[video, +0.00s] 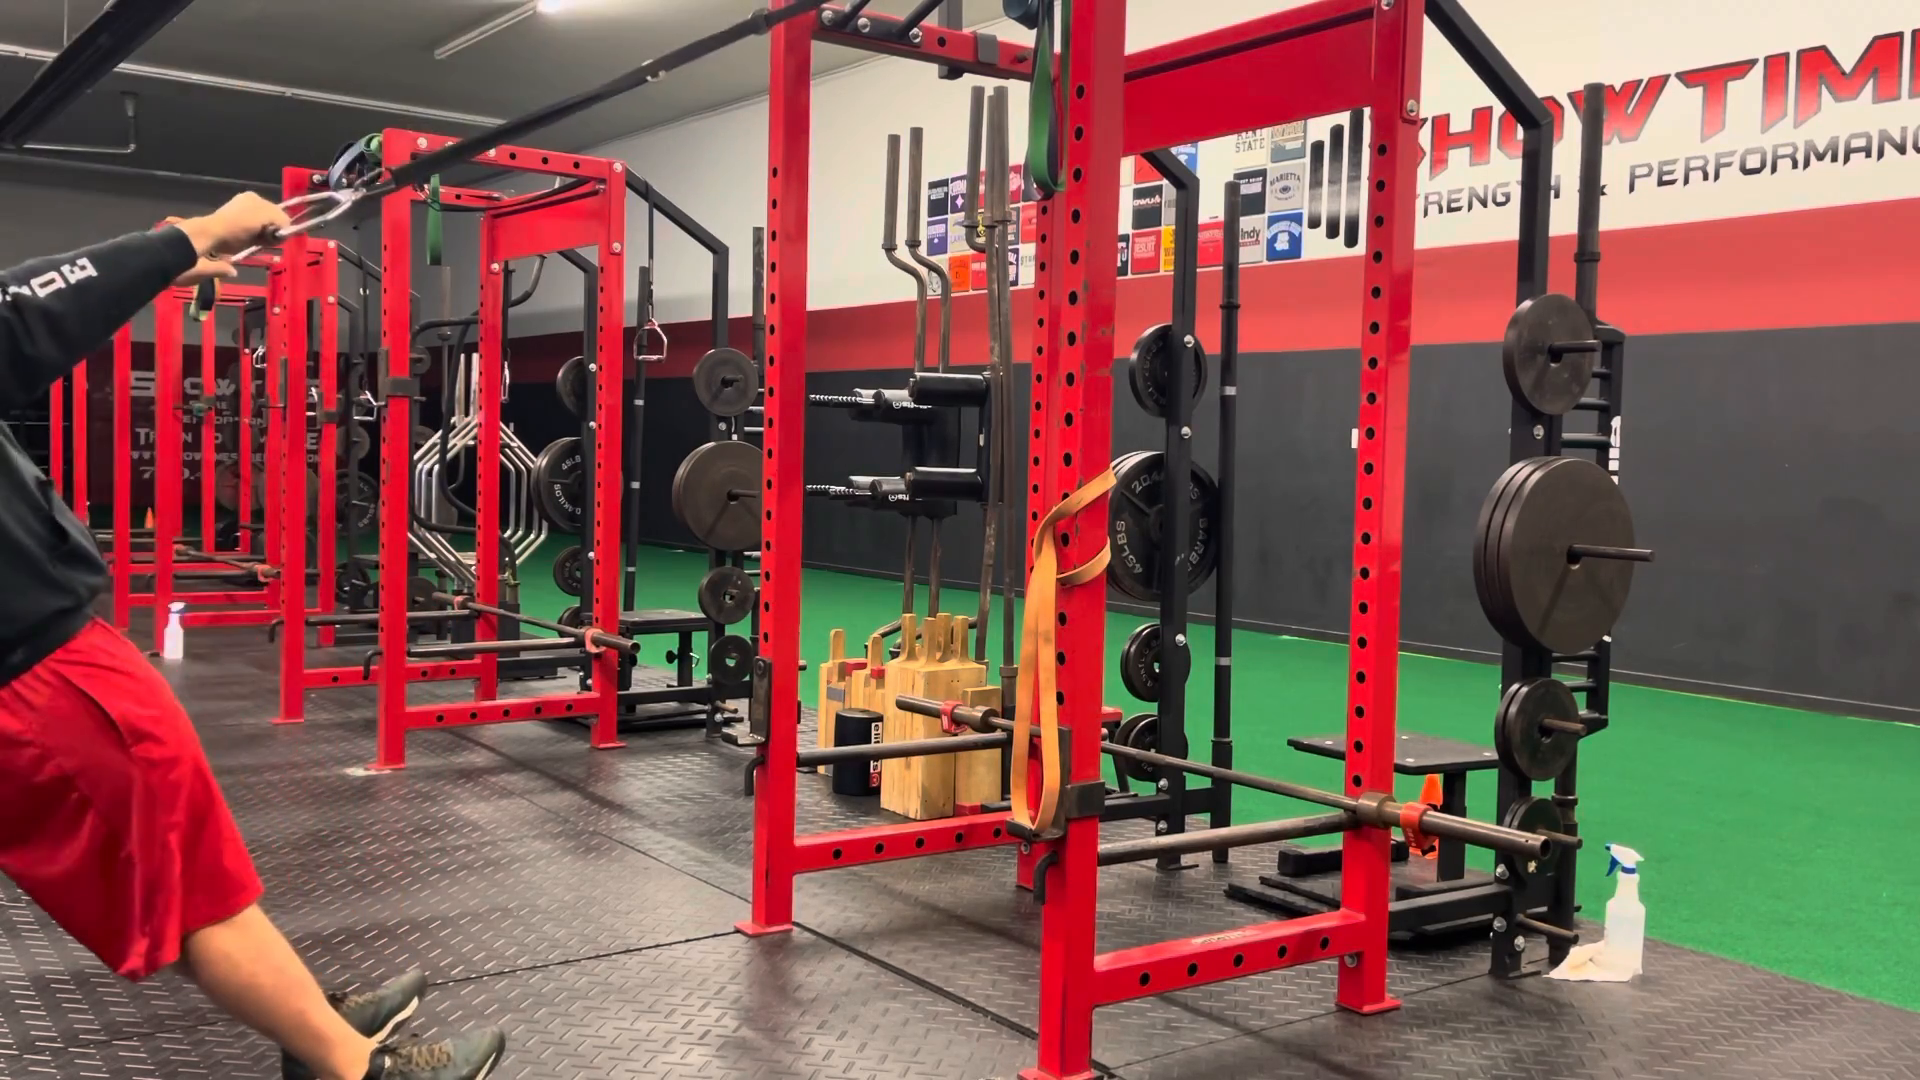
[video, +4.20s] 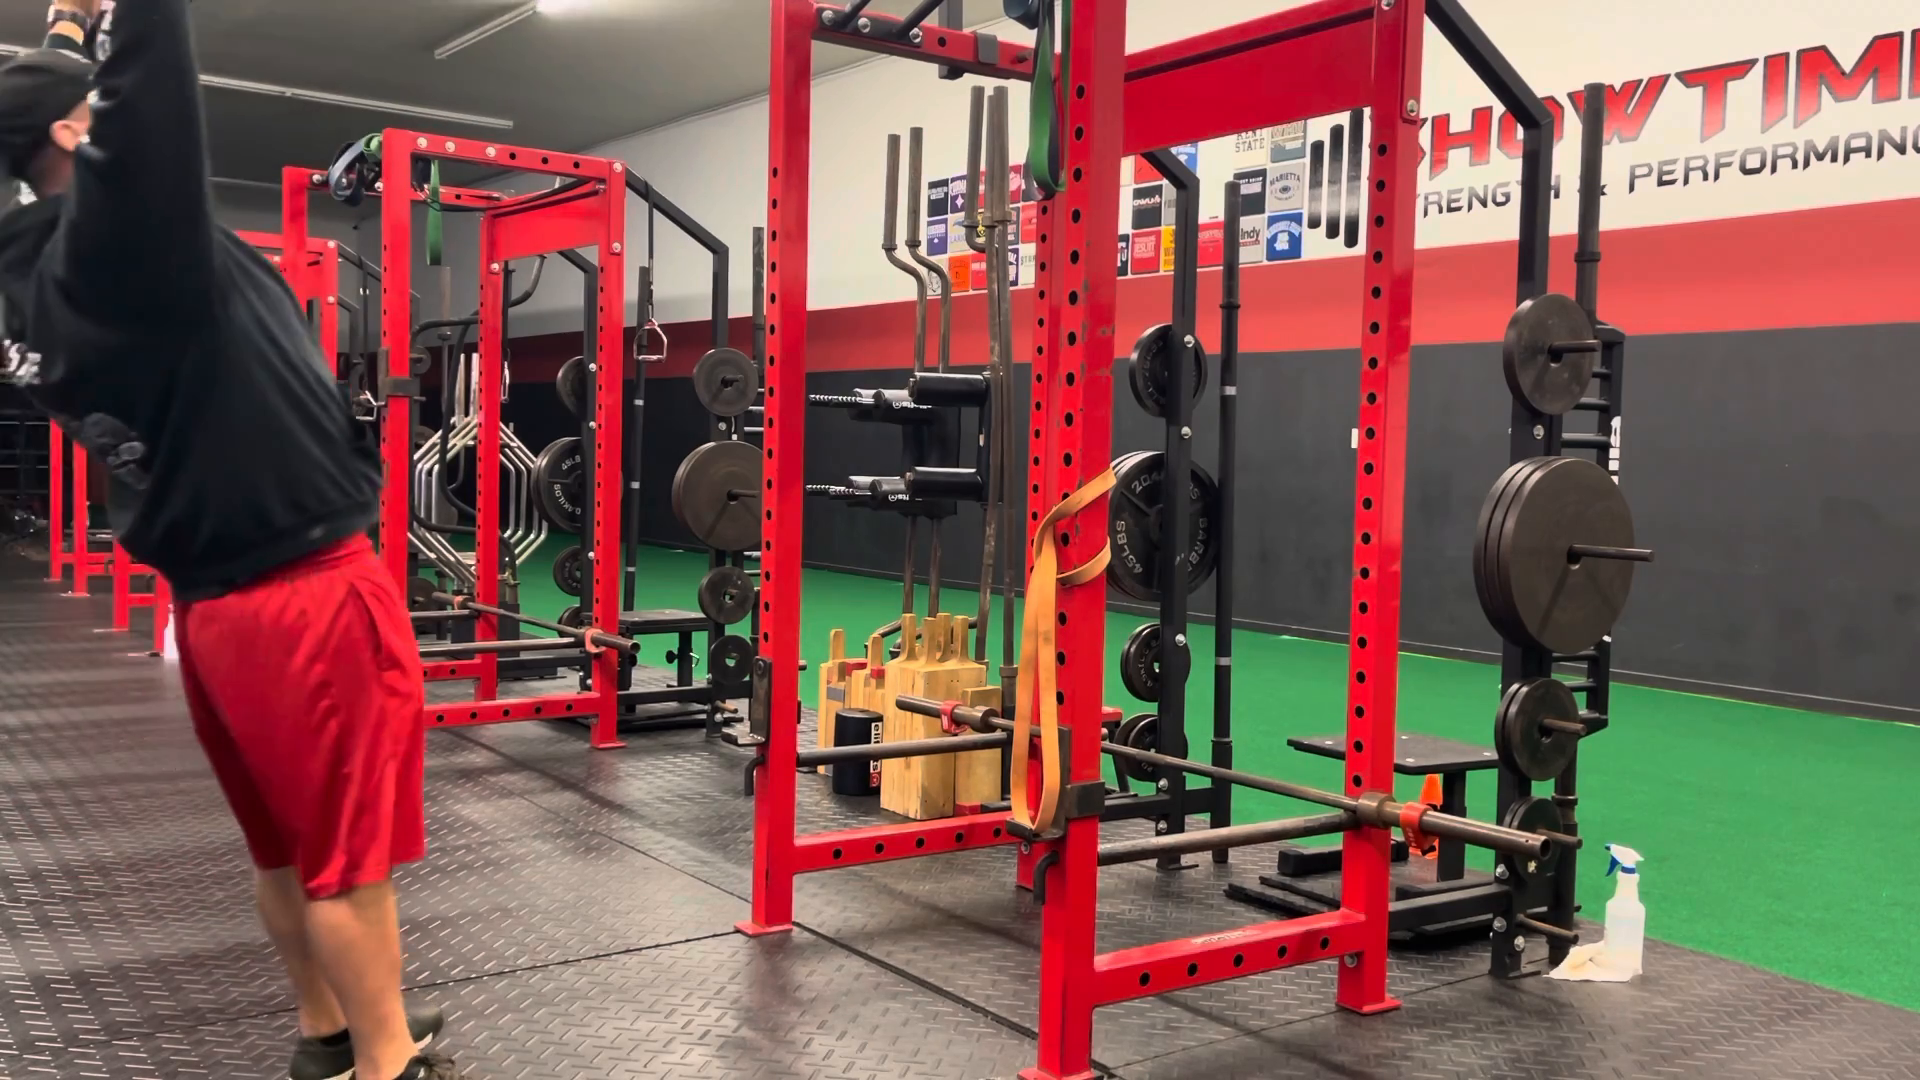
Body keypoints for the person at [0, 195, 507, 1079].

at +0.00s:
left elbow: (41, 309)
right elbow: (44, 308)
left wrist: (187, 238)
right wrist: (202, 233)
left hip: (35, 643)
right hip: (33, 649)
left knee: (181, 849)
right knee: (196, 880)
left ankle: (313, 1026)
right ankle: (353, 1064)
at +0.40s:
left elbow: (24, 249)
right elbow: (24, 258)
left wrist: (114, 130)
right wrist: (155, 77)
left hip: (97, 601)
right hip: (105, 607)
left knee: (243, 845)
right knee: (257, 865)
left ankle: (336, 1033)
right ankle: (366, 1065)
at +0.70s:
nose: (43, 135)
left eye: (37, 118)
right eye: (26, 123)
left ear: (21, 151)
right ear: (4, 154)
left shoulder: (32, 259)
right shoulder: (42, 253)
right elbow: (101, 84)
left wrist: (80, 32)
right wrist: (90, 10)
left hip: (184, 612)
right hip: (240, 605)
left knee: (270, 855)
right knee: (317, 865)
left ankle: (325, 1032)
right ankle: (377, 1059)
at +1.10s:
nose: (219, 125)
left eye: (196, 104)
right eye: (198, 109)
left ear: (111, 152)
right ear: (180, 132)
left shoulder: (120, 258)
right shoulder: (216, 236)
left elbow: (79, 135)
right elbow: (192, 79)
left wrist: (73, 20)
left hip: (246, 598)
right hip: (341, 594)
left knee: (289, 842)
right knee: (362, 862)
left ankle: (327, 1028)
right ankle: (386, 1059)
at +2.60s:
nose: (35, 131)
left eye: (29, 113)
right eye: (17, 117)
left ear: (13, 163)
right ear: (5, 164)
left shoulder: (36, 266)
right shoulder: (42, 264)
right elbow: (92, 94)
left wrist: (71, 78)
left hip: (184, 609)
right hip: (237, 605)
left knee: (274, 849)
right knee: (318, 860)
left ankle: (331, 1035)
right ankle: (382, 1061)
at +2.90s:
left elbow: (21, 225)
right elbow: (34, 205)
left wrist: (100, 159)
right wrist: (155, 87)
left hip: (89, 617)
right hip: (131, 610)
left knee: (238, 855)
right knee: (263, 866)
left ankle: (342, 1036)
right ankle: (370, 1064)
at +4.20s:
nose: (118, 125)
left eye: (100, 104)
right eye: (95, 111)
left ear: (48, 151)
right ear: (69, 134)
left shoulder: (44, 284)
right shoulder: (127, 238)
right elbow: (152, 85)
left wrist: (104, 36)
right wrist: (122, 14)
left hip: (217, 612)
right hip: (308, 599)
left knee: (284, 851)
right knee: (349, 866)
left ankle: (328, 1027)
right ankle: (388, 1061)